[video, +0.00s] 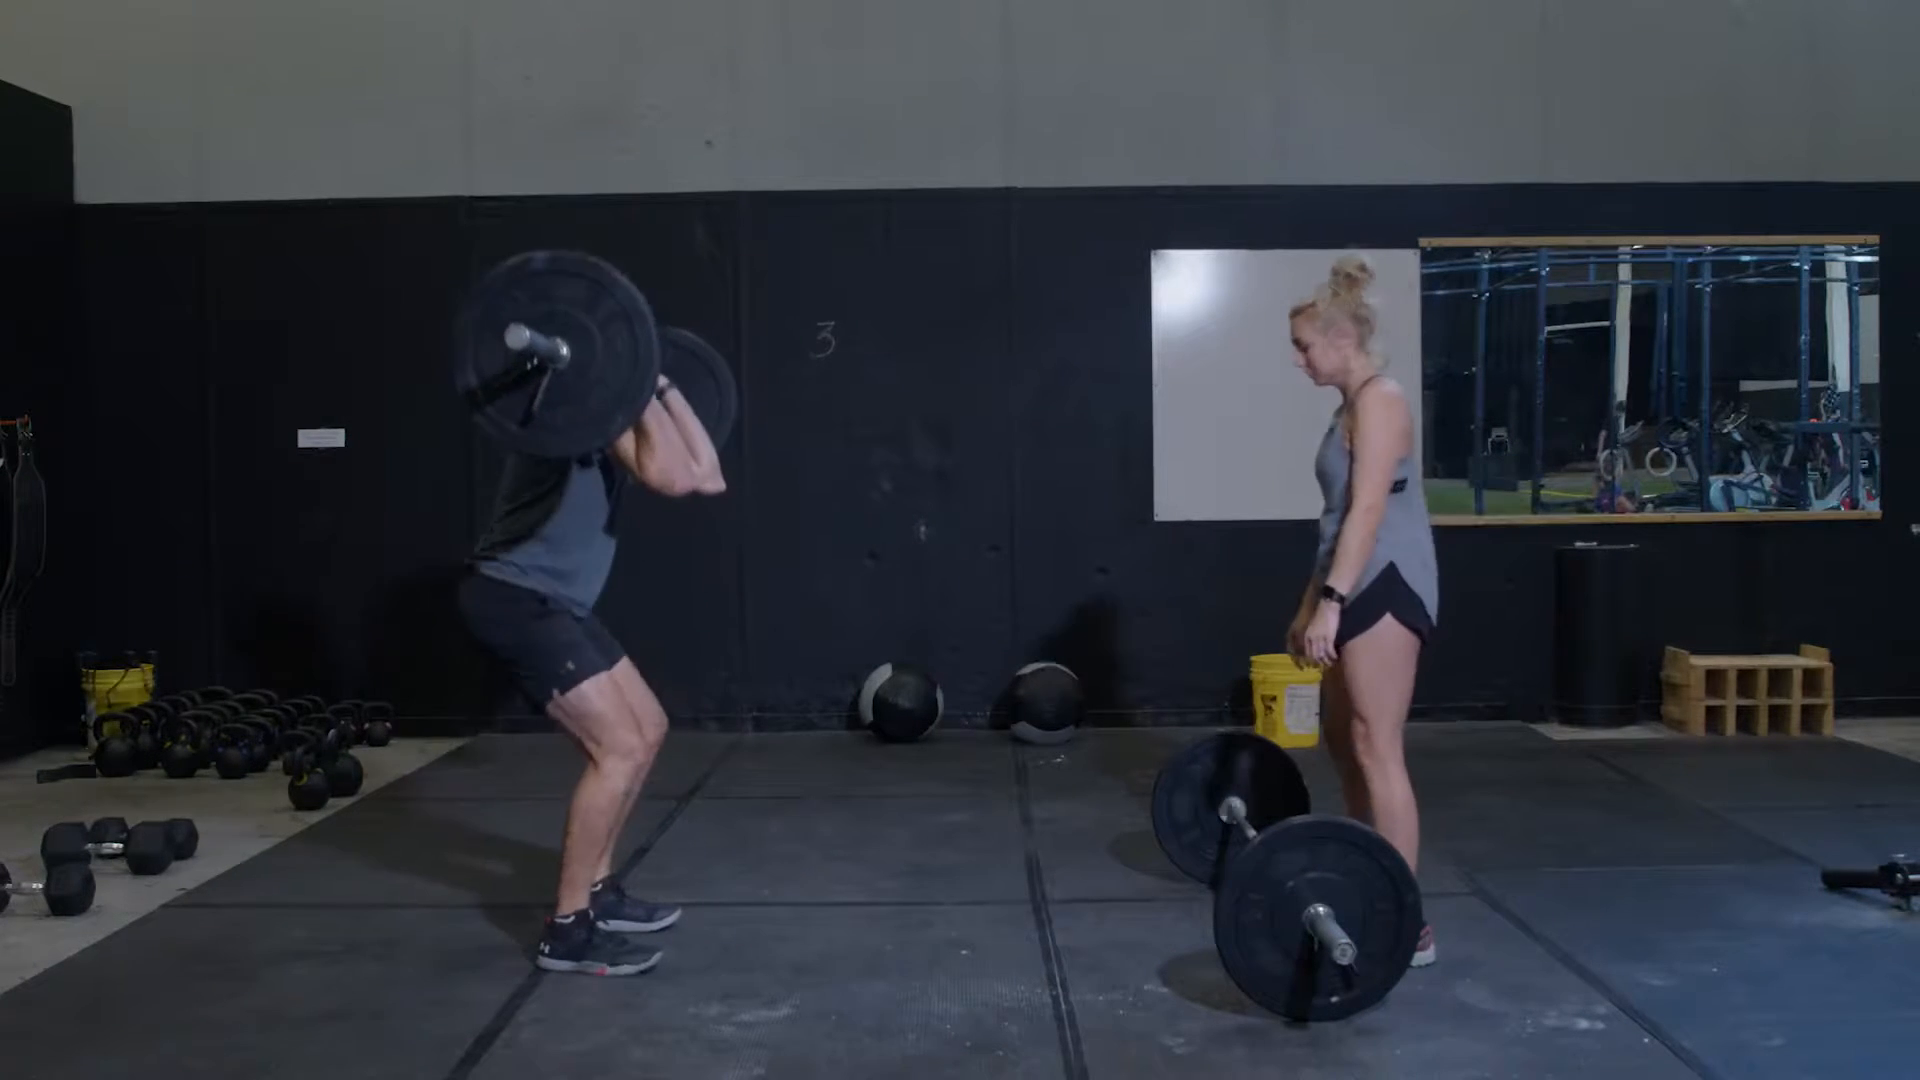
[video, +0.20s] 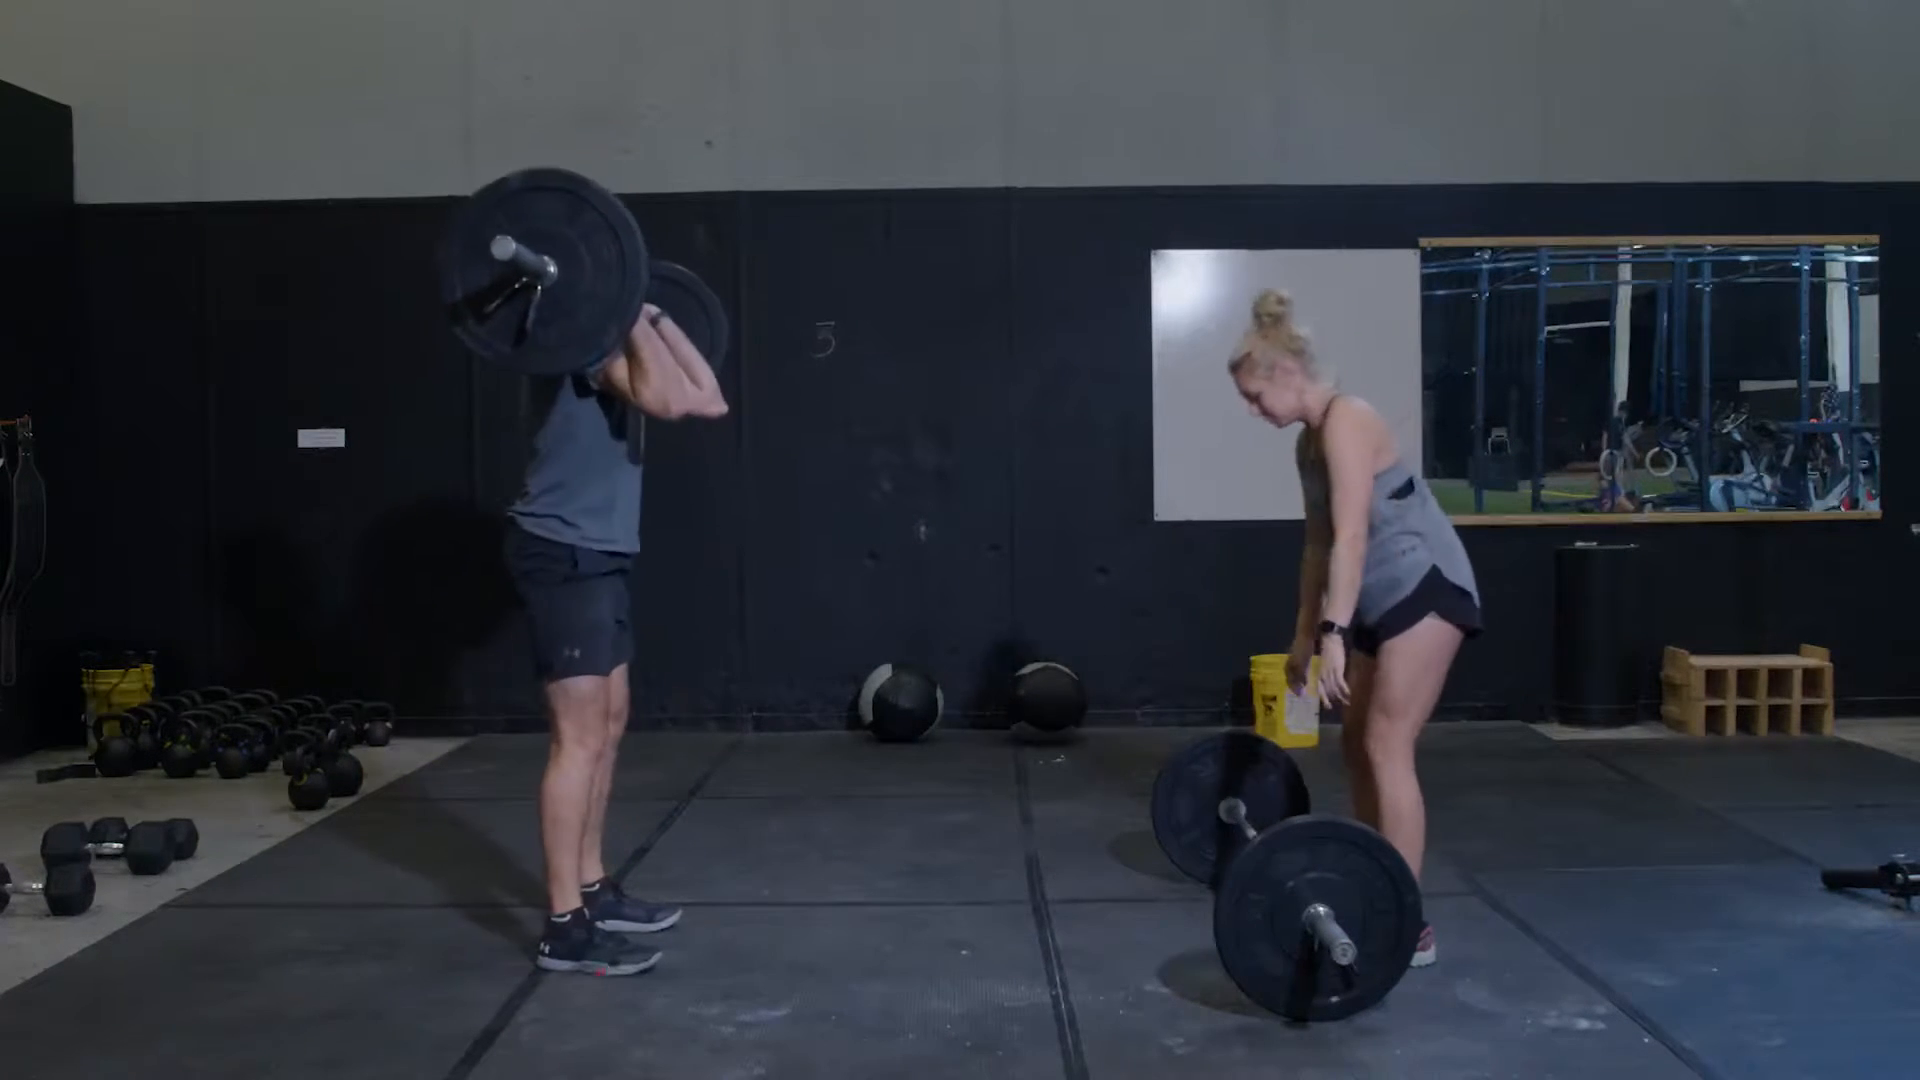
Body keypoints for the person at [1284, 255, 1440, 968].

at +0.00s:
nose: (1299, 359)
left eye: (1305, 345)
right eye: (1296, 348)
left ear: (1345, 338)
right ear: (1332, 343)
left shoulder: (1379, 402)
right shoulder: (1352, 410)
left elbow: (1369, 512)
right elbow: (1342, 521)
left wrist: (1331, 599)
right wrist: (1312, 607)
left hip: (1387, 586)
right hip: (1357, 587)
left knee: (1378, 750)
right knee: (1348, 744)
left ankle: (1404, 919)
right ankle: (1369, 901)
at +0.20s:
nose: (1254, 410)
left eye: (1255, 395)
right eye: (1247, 400)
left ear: (1290, 370)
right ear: (1280, 379)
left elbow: (1351, 534)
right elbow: (1317, 547)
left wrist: (1333, 633)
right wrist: (1303, 639)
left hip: (1428, 593)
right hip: (1375, 604)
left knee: (1387, 743)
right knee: (1360, 748)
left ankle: (1405, 919)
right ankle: (1370, 906)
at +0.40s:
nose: (1221, 503)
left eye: (1219, 489)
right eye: (1214, 493)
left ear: (1250, 462)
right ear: (1241, 471)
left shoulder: (1312, 500)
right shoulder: (1285, 519)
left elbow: (1322, 619)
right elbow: (1290, 623)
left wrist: (1314, 724)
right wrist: (1282, 718)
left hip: (1465, 600)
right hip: (1410, 611)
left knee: (1398, 746)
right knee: (1360, 739)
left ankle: (1408, 923)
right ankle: (1372, 899)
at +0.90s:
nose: (1202, 574)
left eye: (1209, 561)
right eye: (1202, 562)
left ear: (1252, 556)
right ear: (1252, 559)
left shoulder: (1306, 598)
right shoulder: (1279, 603)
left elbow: (1305, 718)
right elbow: (1275, 713)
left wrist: (1298, 825)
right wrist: (1269, 806)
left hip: (1480, 629)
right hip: (1426, 636)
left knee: (1376, 752)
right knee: (1339, 740)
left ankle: (1407, 923)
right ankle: (1374, 893)